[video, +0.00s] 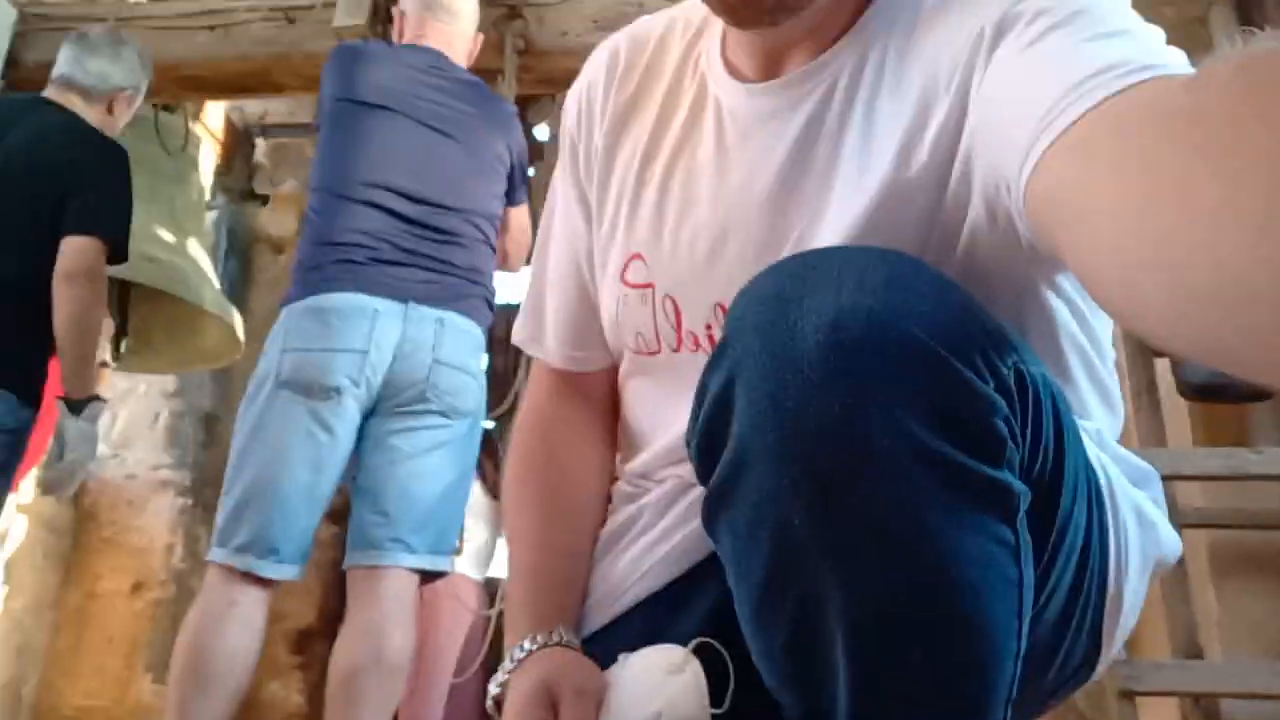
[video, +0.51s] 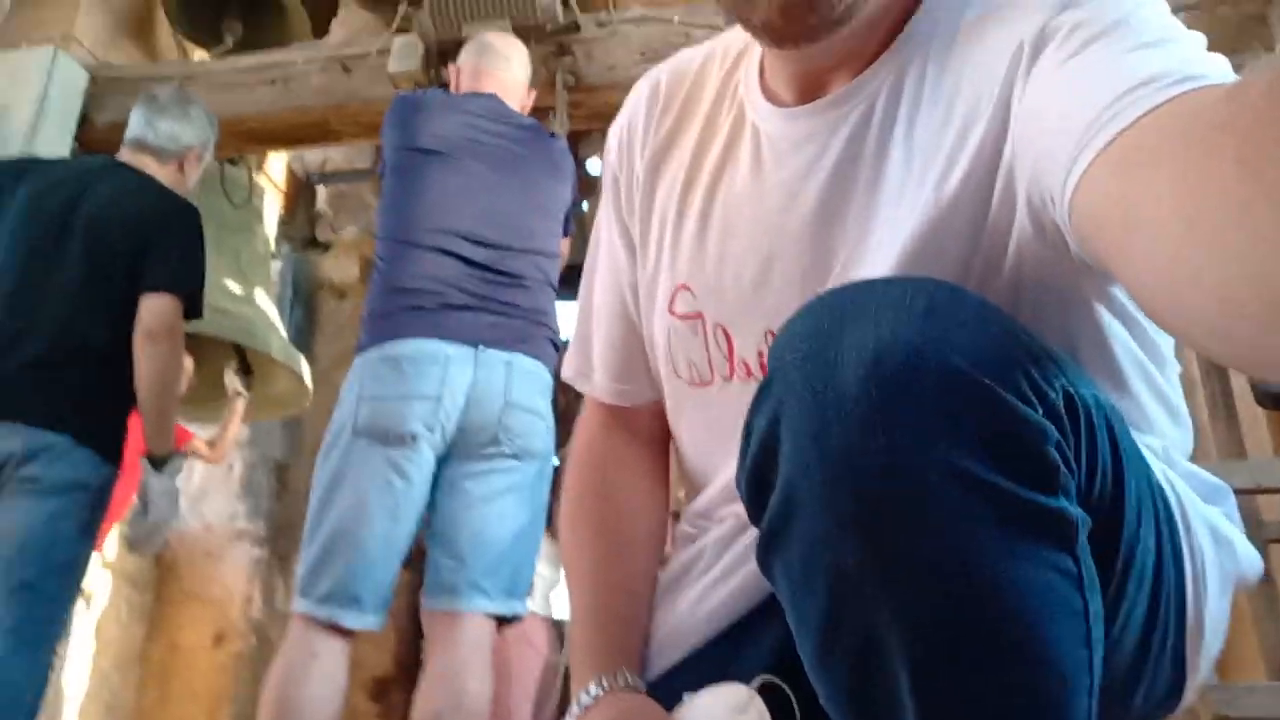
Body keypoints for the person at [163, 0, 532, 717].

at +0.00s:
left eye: (392, 17)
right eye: (475, 32)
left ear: (395, 20)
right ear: (476, 46)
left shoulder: (349, 63)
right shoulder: (503, 117)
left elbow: (353, 172)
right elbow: (513, 250)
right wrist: (436, 217)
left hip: (335, 312)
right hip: (453, 336)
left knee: (244, 569)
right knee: (390, 572)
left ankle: (188, 717)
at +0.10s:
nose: (379, 23)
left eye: (380, 16)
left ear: (386, 18)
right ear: (465, 43)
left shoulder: (338, 60)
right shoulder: (493, 112)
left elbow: (354, 165)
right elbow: (510, 236)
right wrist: (431, 203)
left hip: (327, 312)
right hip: (446, 333)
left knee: (239, 569)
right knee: (385, 570)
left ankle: (184, 717)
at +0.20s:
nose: (381, 24)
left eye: (381, 16)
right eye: (463, 30)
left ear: (384, 19)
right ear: (464, 42)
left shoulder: (338, 60)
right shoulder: (494, 112)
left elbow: (350, 159)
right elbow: (507, 222)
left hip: (327, 310)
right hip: (446, 331)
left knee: (239, 567)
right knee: (384, 569)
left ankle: (183, 716)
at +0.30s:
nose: (388, 25)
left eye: (387, 17)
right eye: (465, 31)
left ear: (387, 19)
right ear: (468, 44)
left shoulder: (340, 61)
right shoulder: (495, 110)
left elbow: (344, 163)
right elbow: (497, 210)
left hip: (331, 310)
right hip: (450, 331)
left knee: (244, 565)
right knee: (387, 572)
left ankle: (190, 714)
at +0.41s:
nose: (413, 14)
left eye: (411, 9)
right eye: (482, 25)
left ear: (407, 14)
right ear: (487, 37)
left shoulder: (361, 52)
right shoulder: (514, 100)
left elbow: (359, 149)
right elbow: (511, 201)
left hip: (356, 298)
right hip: (471, 322)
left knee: (268, 552)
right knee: (408, 561)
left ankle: (214, 712)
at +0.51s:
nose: (446, 83)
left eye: (449, 76)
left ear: (454, 76)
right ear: (531, 98)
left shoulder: (409, 115)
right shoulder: (557, 156)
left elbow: (407, 200)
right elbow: (557, 254)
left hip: (409, 355)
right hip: (522, 373)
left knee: (327, 615)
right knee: (465, 616)